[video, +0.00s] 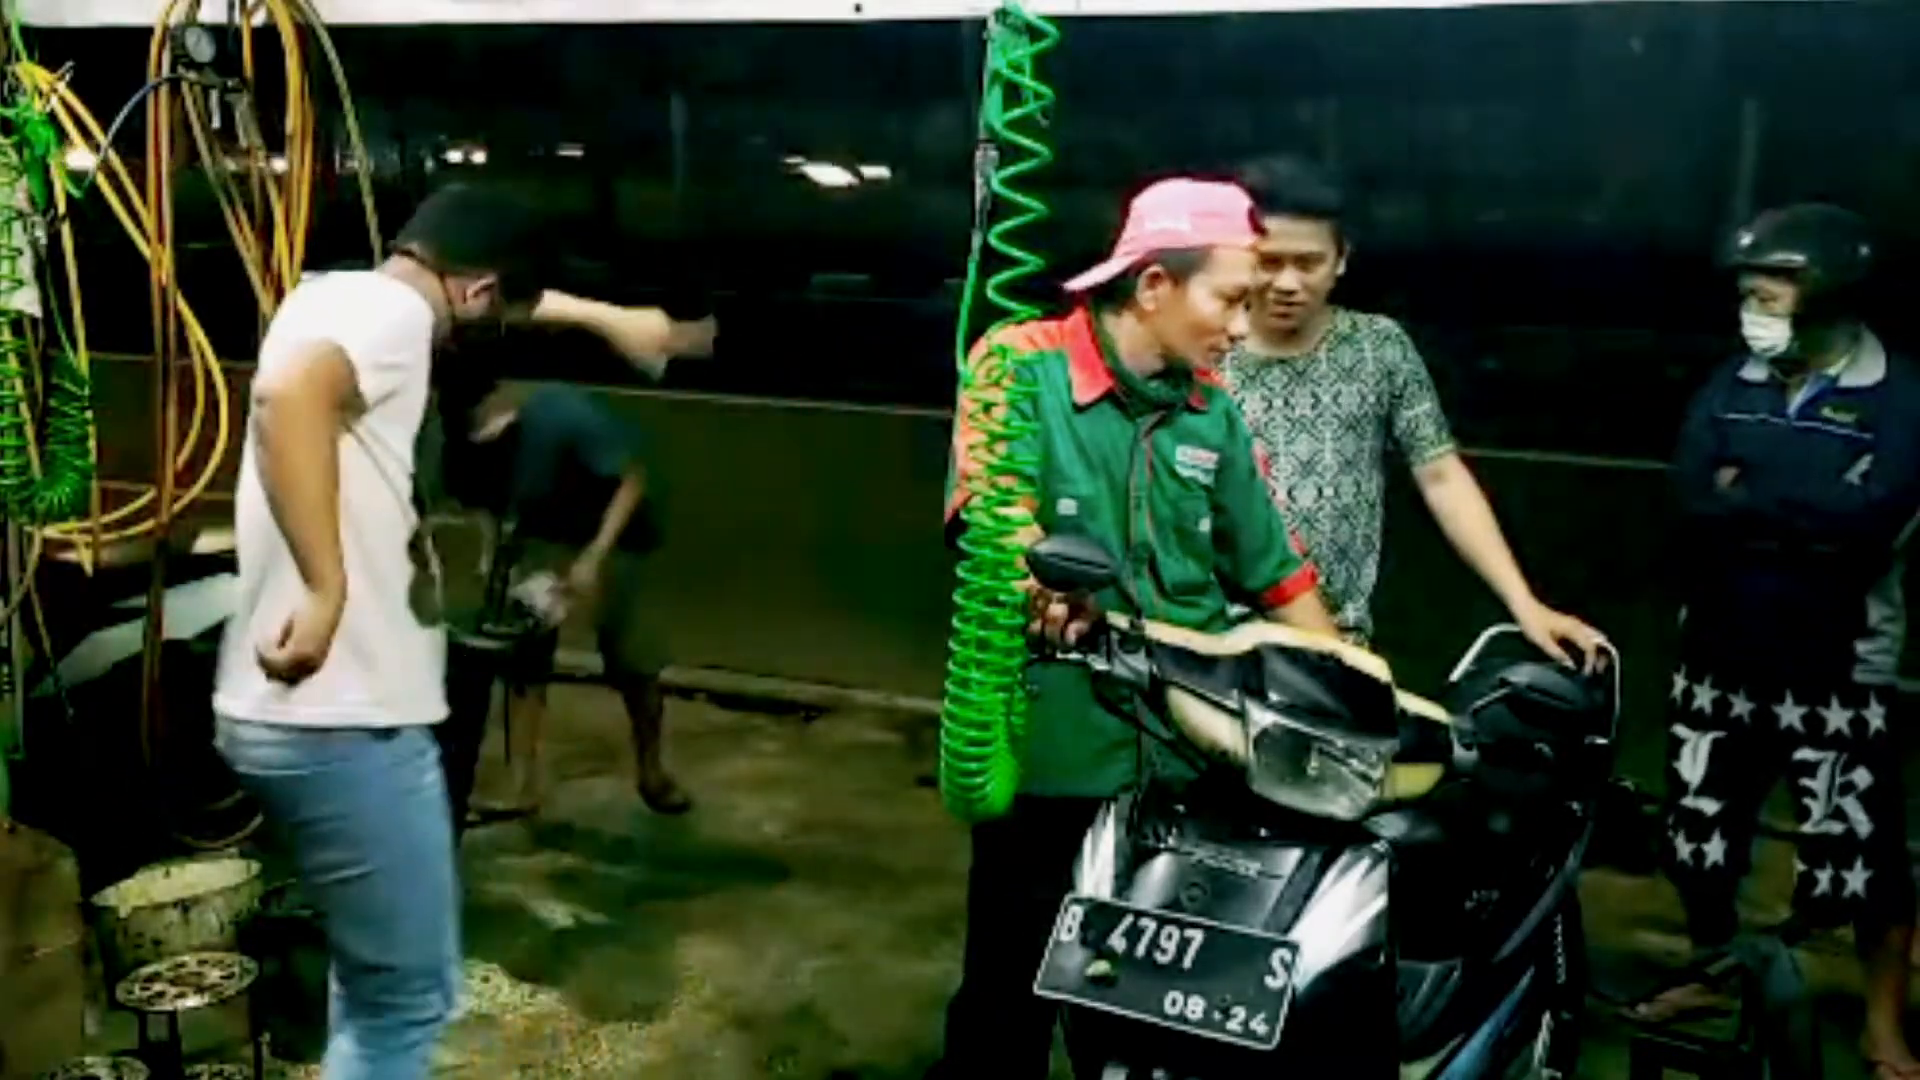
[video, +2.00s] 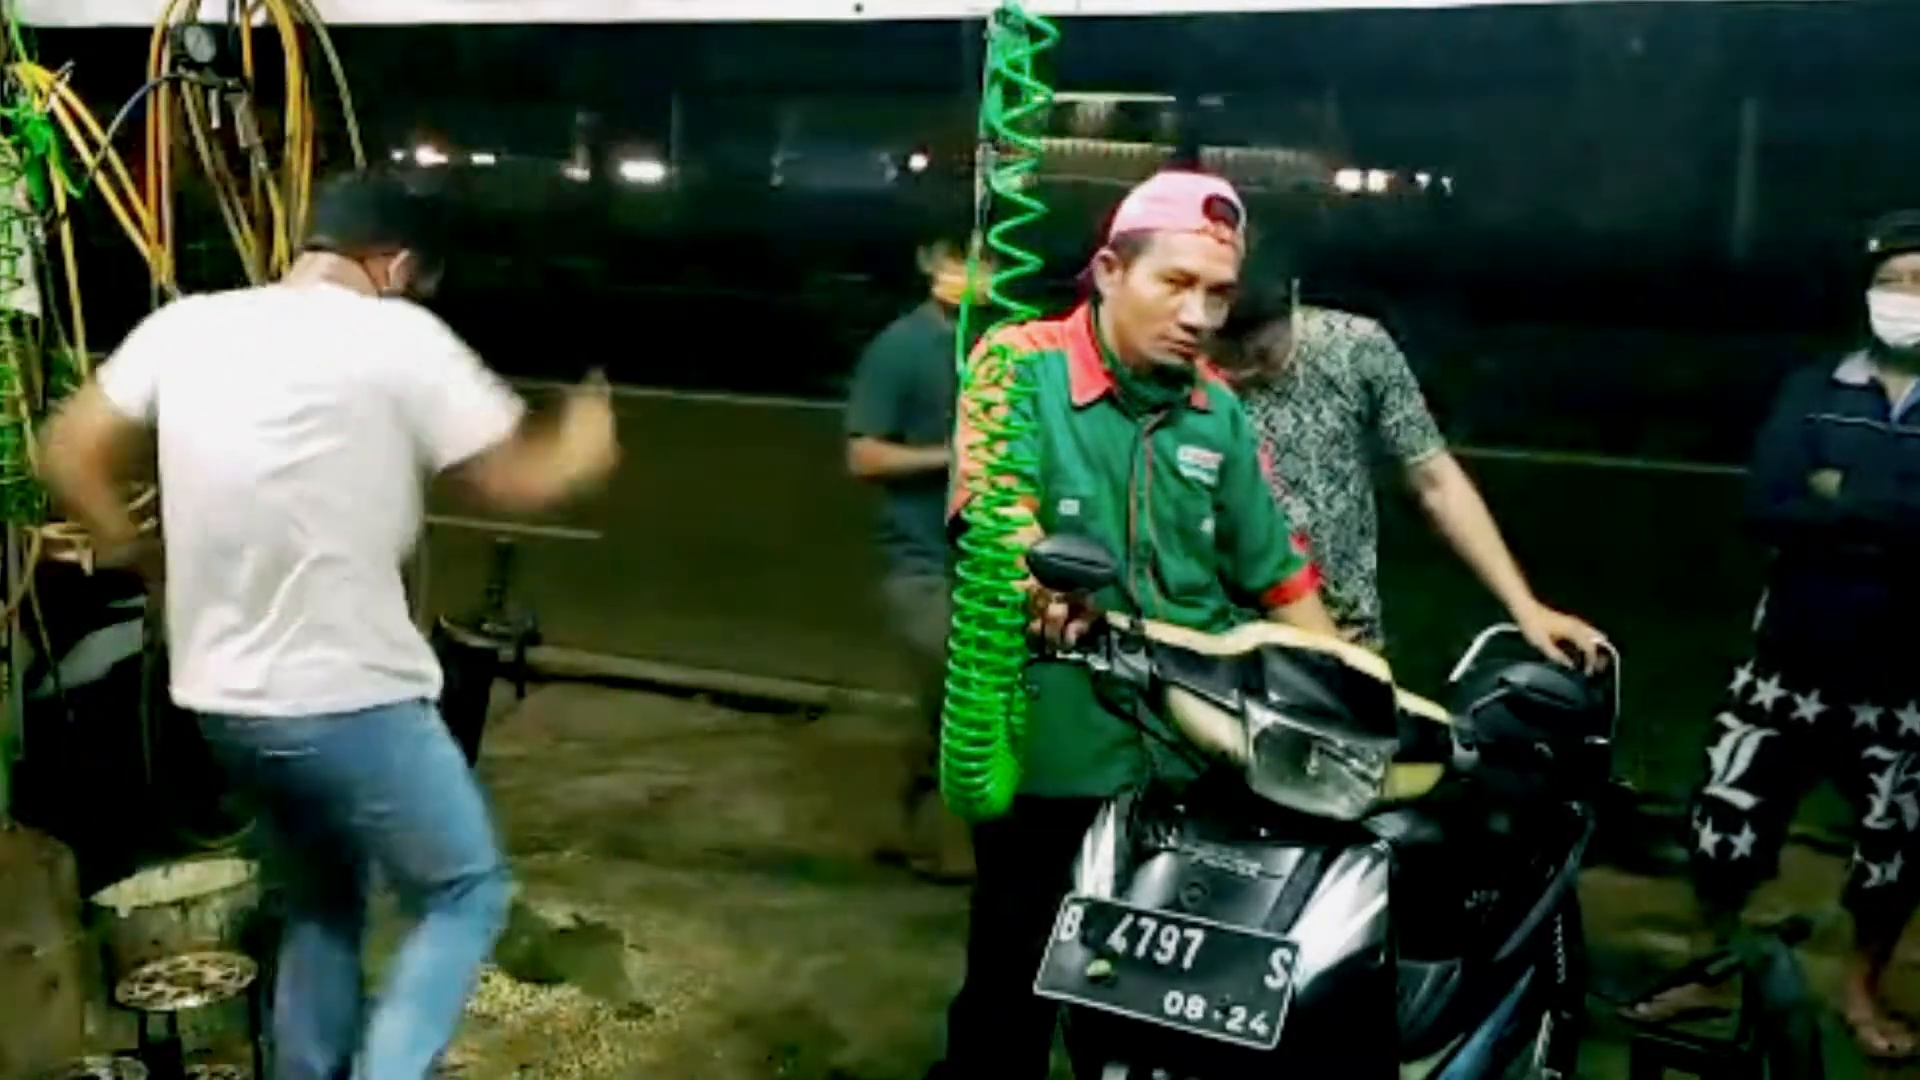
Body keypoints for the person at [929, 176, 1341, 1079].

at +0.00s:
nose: (1237, 327)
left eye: (1244, 305)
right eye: (1227, 301)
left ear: (1170, 293)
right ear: (1155, 287)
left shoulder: (1212, 414)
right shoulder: (1018, 367)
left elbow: (1282, 579)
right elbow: (989, 512)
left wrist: (1351, 691)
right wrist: (1043, 596)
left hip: (1183, 756)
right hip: (1049, 753)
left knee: (1154, 1009)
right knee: (1006, 1009)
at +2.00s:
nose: (1196, 315)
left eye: (1217, 294)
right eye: (1175, 283)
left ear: (1231, 302)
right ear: (1108, 272)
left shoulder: (1222, 417)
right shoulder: (1019, 369)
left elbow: (1286, 586)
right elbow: (988, 514)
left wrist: (1346, 704)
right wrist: (1042, 598)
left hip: (1189, 757)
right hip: (1049, 752)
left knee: (1164, 1010)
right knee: (1009, 1010)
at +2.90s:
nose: (1097, 308)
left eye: (1125, 285)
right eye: (1079, 282)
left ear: (1181, 291)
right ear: (1054, 281)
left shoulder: (1210, 412)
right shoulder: (1007, 376)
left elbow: (1285, 583)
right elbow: (967, 524)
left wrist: (1343, 699)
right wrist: (1031, 580)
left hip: (1181, 760)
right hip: (1035, 761)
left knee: (1153, 1020)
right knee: (985, 1018)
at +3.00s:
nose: (1075, 313)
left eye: (1102, 288)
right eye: (1059, 287)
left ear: (1165, 291)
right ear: (1039, 286)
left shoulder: (1204, 406)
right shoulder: (992, 378)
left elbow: (1284, 582)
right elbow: (961, 535)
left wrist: (1345, 687)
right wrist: (1027, 579)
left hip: (1179, 765)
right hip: (1030, 768)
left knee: (1156, 1029)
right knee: (972, 1027)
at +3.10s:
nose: (1063, 316)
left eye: (1090, 291)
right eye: (1048, 290)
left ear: (1156, 291)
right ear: (1031, 288)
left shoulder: (1200, 412)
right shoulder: (981, 382)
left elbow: (1286, 585)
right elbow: (956, 545)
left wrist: (1350, 686)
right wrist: (1031, 586)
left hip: (1171, 773)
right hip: (1022, 776)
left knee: (1147, 1036)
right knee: (963, 1030)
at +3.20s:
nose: (1045, 322)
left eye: (1069, 298)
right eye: (1031, 298)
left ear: (1138, 294)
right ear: (1014, 296)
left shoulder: (1189, 409)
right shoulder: (969, 386)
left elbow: (1283, 588)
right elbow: (943, 557)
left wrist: (1353, 678)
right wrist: (1037, 596)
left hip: (1161, 773)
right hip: (1015, 776)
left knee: (1141, 1036)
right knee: (943, 1025)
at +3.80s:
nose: (781, 328)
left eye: (800, 301)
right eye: (771, 302)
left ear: (888, 288)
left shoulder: (1016, 400)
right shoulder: (779, 418)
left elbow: (1112, 577)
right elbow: (734, 610)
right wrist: (742, 779)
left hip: (1011, 817)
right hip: (840, 819)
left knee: (1071, 1054)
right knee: (843, 1058)